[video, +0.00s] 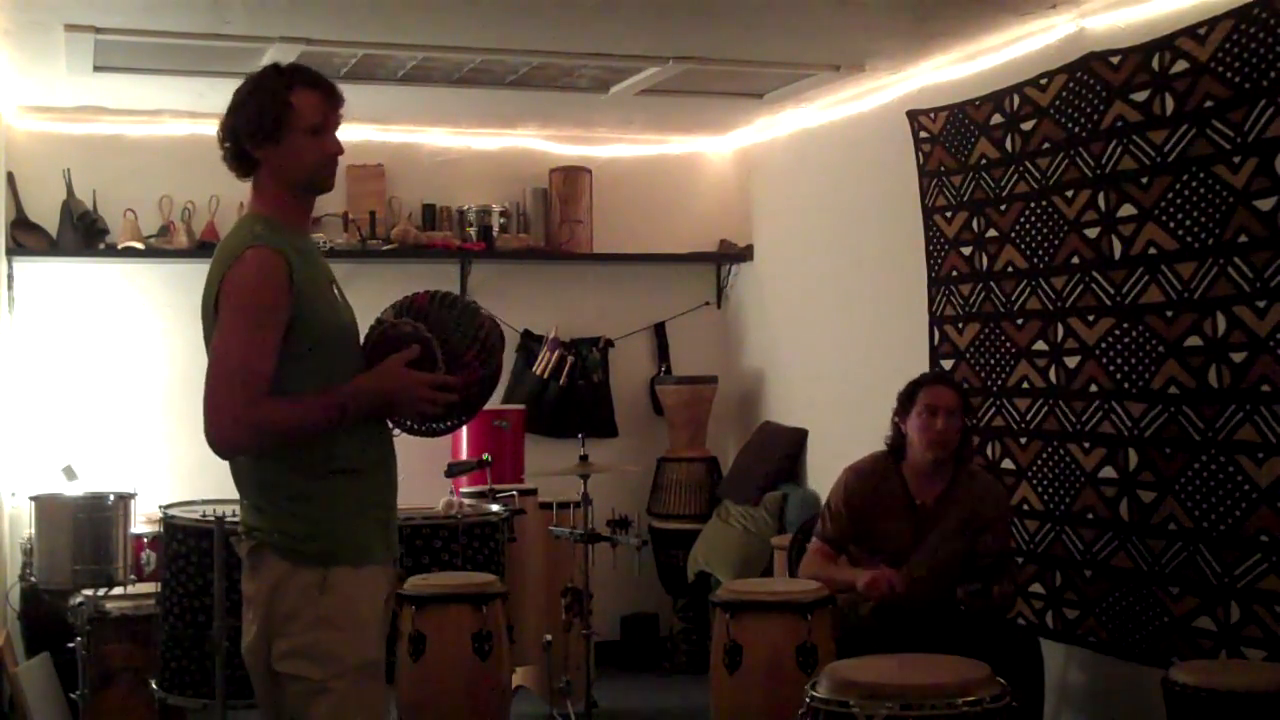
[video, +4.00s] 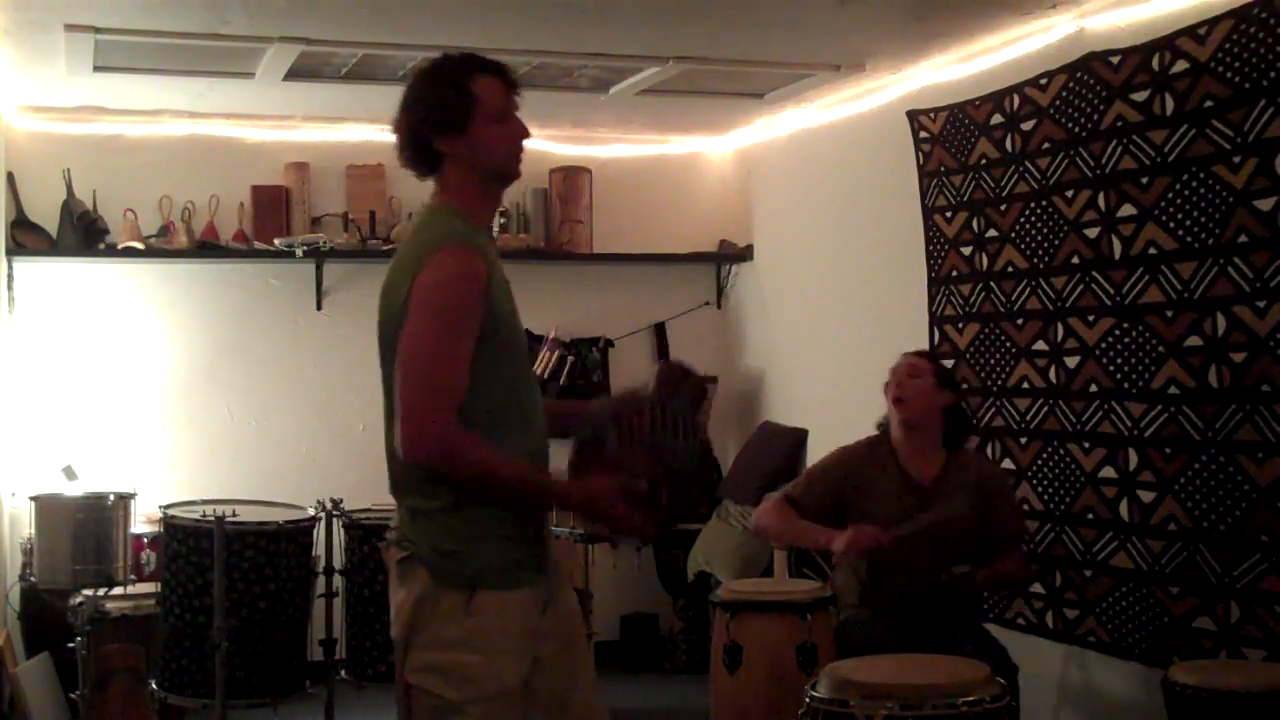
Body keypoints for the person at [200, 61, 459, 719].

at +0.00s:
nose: (338, 146)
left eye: (336, 130)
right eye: (321, 131)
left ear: (273, 145)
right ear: (266, 143)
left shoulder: (296, 251)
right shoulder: (260, 256)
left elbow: (300, 393)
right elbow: (231, 425)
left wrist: (380, 369)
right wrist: (369, 395)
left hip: (340, 559)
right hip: (310, 566)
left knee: (350, 705)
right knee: (328, 707)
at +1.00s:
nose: (316, 154)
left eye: (314, 140)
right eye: (298, 142)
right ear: (247, 154)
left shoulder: (261, 261)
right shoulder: (227, 263)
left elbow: (260, 398)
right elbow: (193, 417)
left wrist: (350, 381)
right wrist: (330, 397)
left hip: (309, 561)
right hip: (284, 567)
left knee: (318, 705)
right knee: (306, 707)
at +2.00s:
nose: (322, 155)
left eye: (320, 141)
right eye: (304, 142)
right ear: (250, 156)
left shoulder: (270, 259)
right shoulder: (240, 258)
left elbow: (275, 403)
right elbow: (196, 407)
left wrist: (365, 386)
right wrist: (348, 406)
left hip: (303, 554)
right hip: (288, 561)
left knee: (295, 707)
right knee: (338, 706)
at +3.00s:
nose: (461, 128)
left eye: (454, 114)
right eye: (442, 116)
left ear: (403, 140)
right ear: (388, 139)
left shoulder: (425, 240)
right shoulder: (345, 248)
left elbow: (414, 385)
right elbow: (260, 403)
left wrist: (491, 422)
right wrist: (406, 450)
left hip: (407, 551)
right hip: (356, 563)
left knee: (407, 705)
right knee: (375, 706)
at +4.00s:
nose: (524, 130)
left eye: (518, 115)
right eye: (505, 117)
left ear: (454, 141)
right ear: (448, 137)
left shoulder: (465, 246)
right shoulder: (450, 255)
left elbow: (493, 406)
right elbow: (426, 436)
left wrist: (602, 414)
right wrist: (569, 494)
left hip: (515, 566)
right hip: (466, 579)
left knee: (568, 710)